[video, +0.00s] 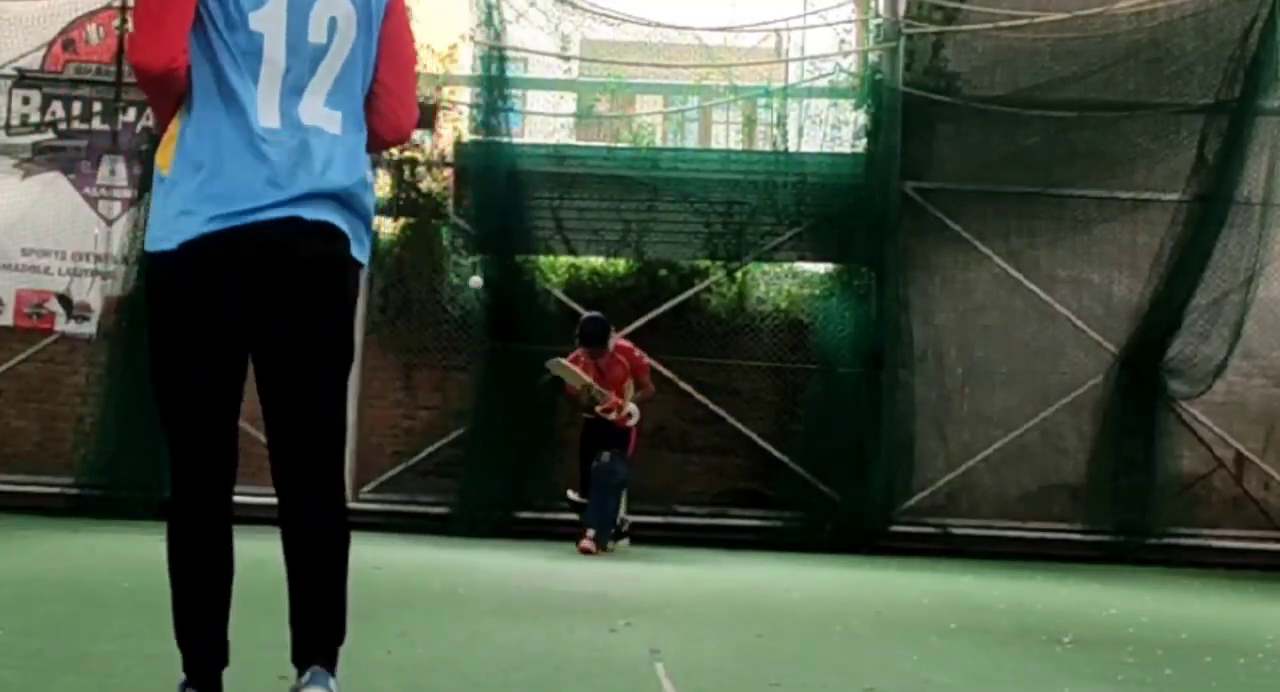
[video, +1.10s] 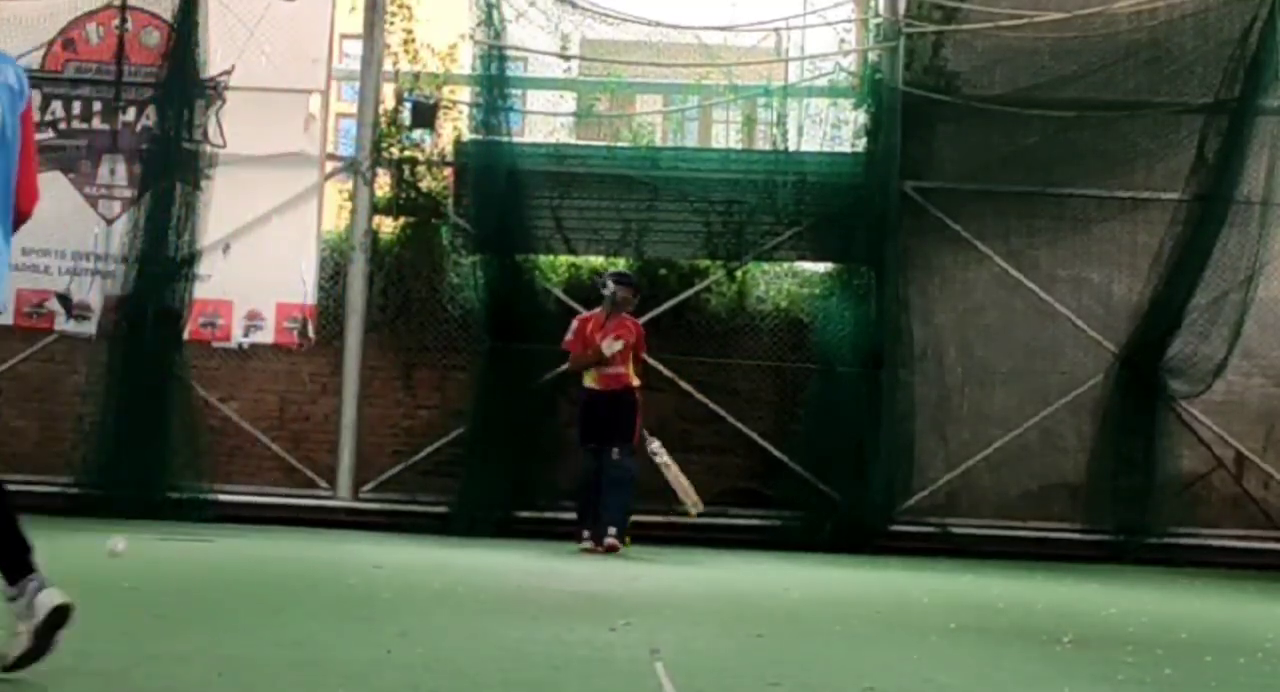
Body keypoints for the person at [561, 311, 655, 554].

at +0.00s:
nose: (595, 357)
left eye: (600, 351)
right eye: (590, 352)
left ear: (610, 340)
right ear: (582, 345)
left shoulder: (629, 354)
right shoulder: (577, 361)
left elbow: (648, 388)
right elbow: (576, 398)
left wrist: (628, 402)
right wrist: (584, 395)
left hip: (621, 421)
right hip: (592, 419)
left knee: (610, 474)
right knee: (589, 476)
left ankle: (595, 533)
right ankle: (601, 529)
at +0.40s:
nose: (603, 321)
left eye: (609, 315)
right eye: (598, 315)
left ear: (618, 318)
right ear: (590, 318)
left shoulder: (631, 351)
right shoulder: (578, 348)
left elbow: (633, 389)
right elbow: (575, 385)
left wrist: (629, 420)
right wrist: (576, 416)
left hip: (616, 409)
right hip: (587, 408)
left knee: (605, 472)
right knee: (577, 469)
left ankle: (594, 534)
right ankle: (583, 531)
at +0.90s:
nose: (608, 294)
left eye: (615, 290)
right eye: (605, 288)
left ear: (625, 297)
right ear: (597, 292)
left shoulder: (633, 333)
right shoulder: (580, 325)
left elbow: (640, 375)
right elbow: (556, 360)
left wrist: (643, 407)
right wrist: (560, 384)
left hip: (618, 397)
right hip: (587, 396)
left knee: (608, 462)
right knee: (582, 460)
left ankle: (593, 531)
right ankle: (587, 528)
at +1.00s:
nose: (614, 295)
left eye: (621, 291)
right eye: (611, 288)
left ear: (627, 298)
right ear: (601, 292)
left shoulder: (633, 331)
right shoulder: (580, 324)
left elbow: (638, 368)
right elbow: (561, 364)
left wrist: (640, 396)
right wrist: (578, 366)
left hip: (620, 396)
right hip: (590, 395)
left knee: (613, 459)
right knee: (585, 458)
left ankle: (601, 527)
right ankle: (587, 525)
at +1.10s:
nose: (630, 302)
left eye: (632, 296)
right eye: (626, 295)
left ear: (632, 299)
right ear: (609, 292)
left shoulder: (632, 327)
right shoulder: (584, 322)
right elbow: (573, 362)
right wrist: (600, 353)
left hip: (624, 395)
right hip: (594, 394)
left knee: (619, 459)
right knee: (592, 459)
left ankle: (613, 529)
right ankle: (590, 528)